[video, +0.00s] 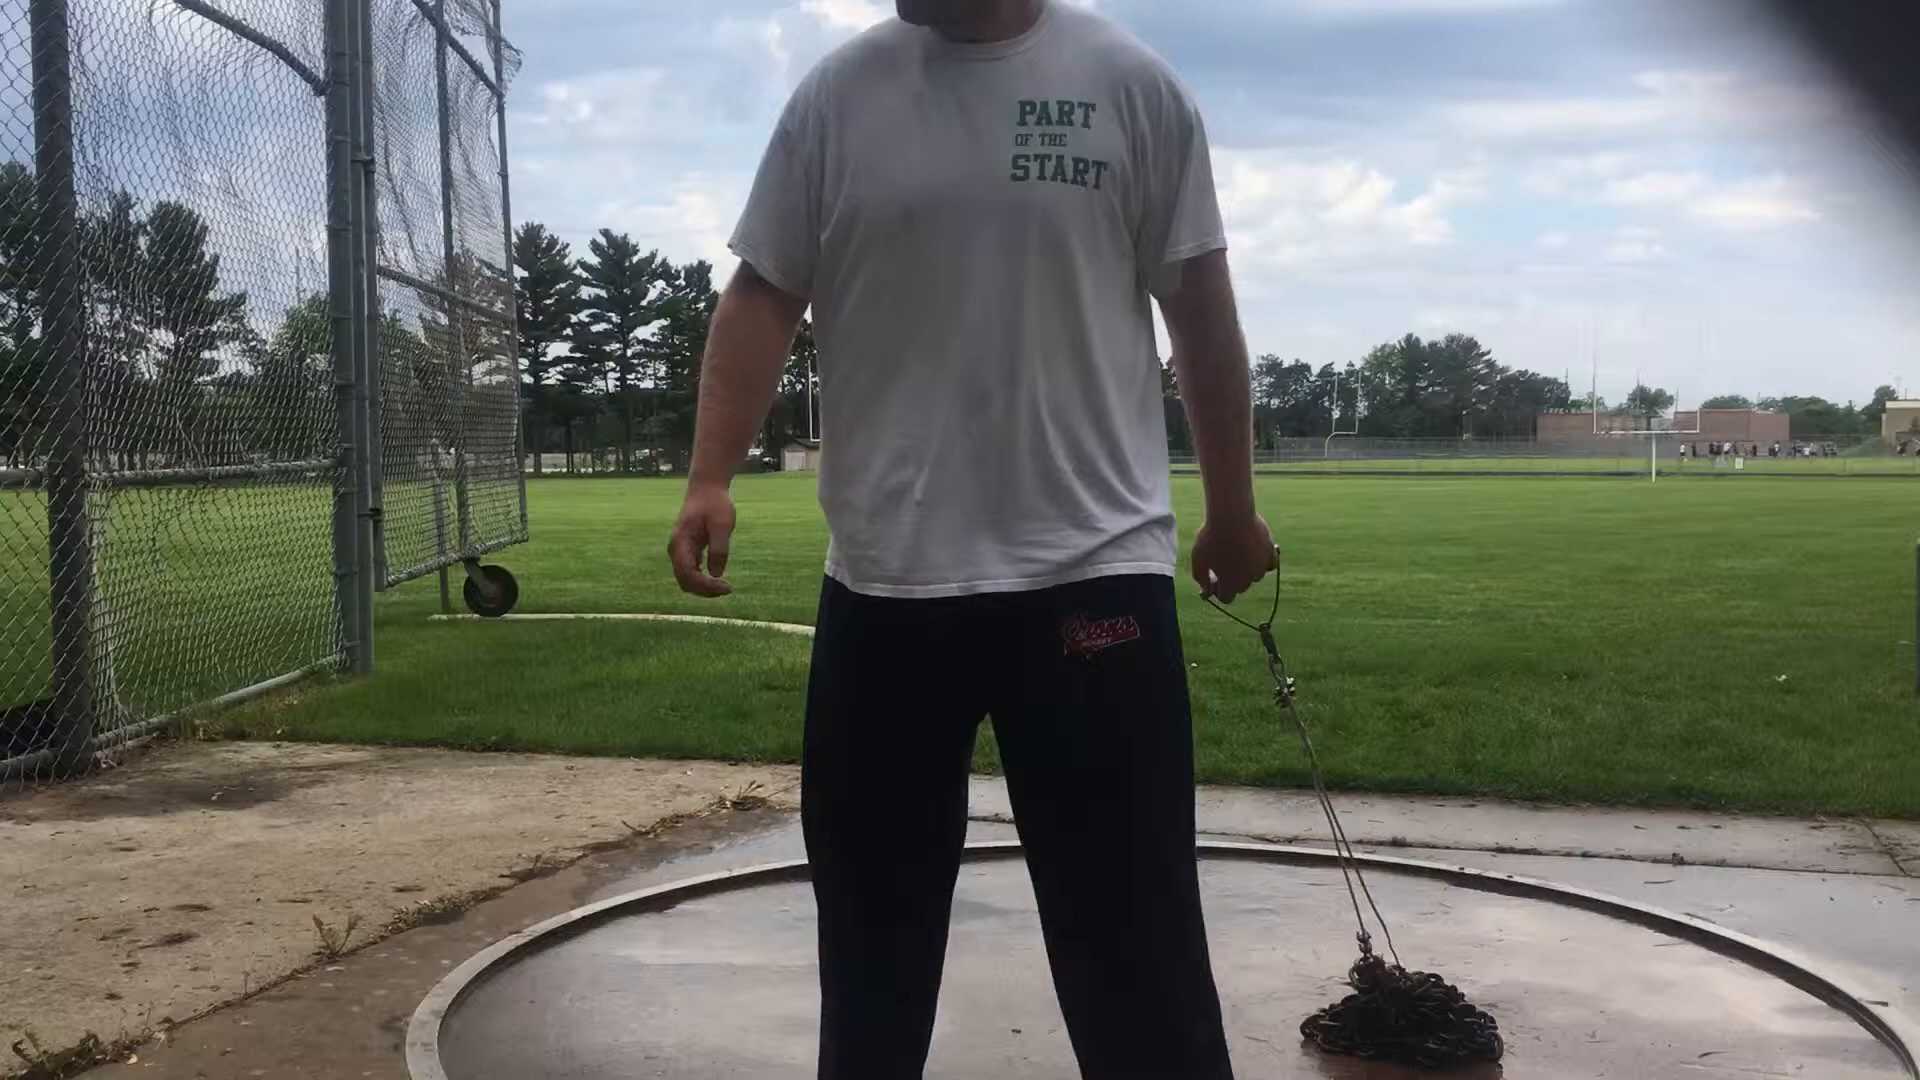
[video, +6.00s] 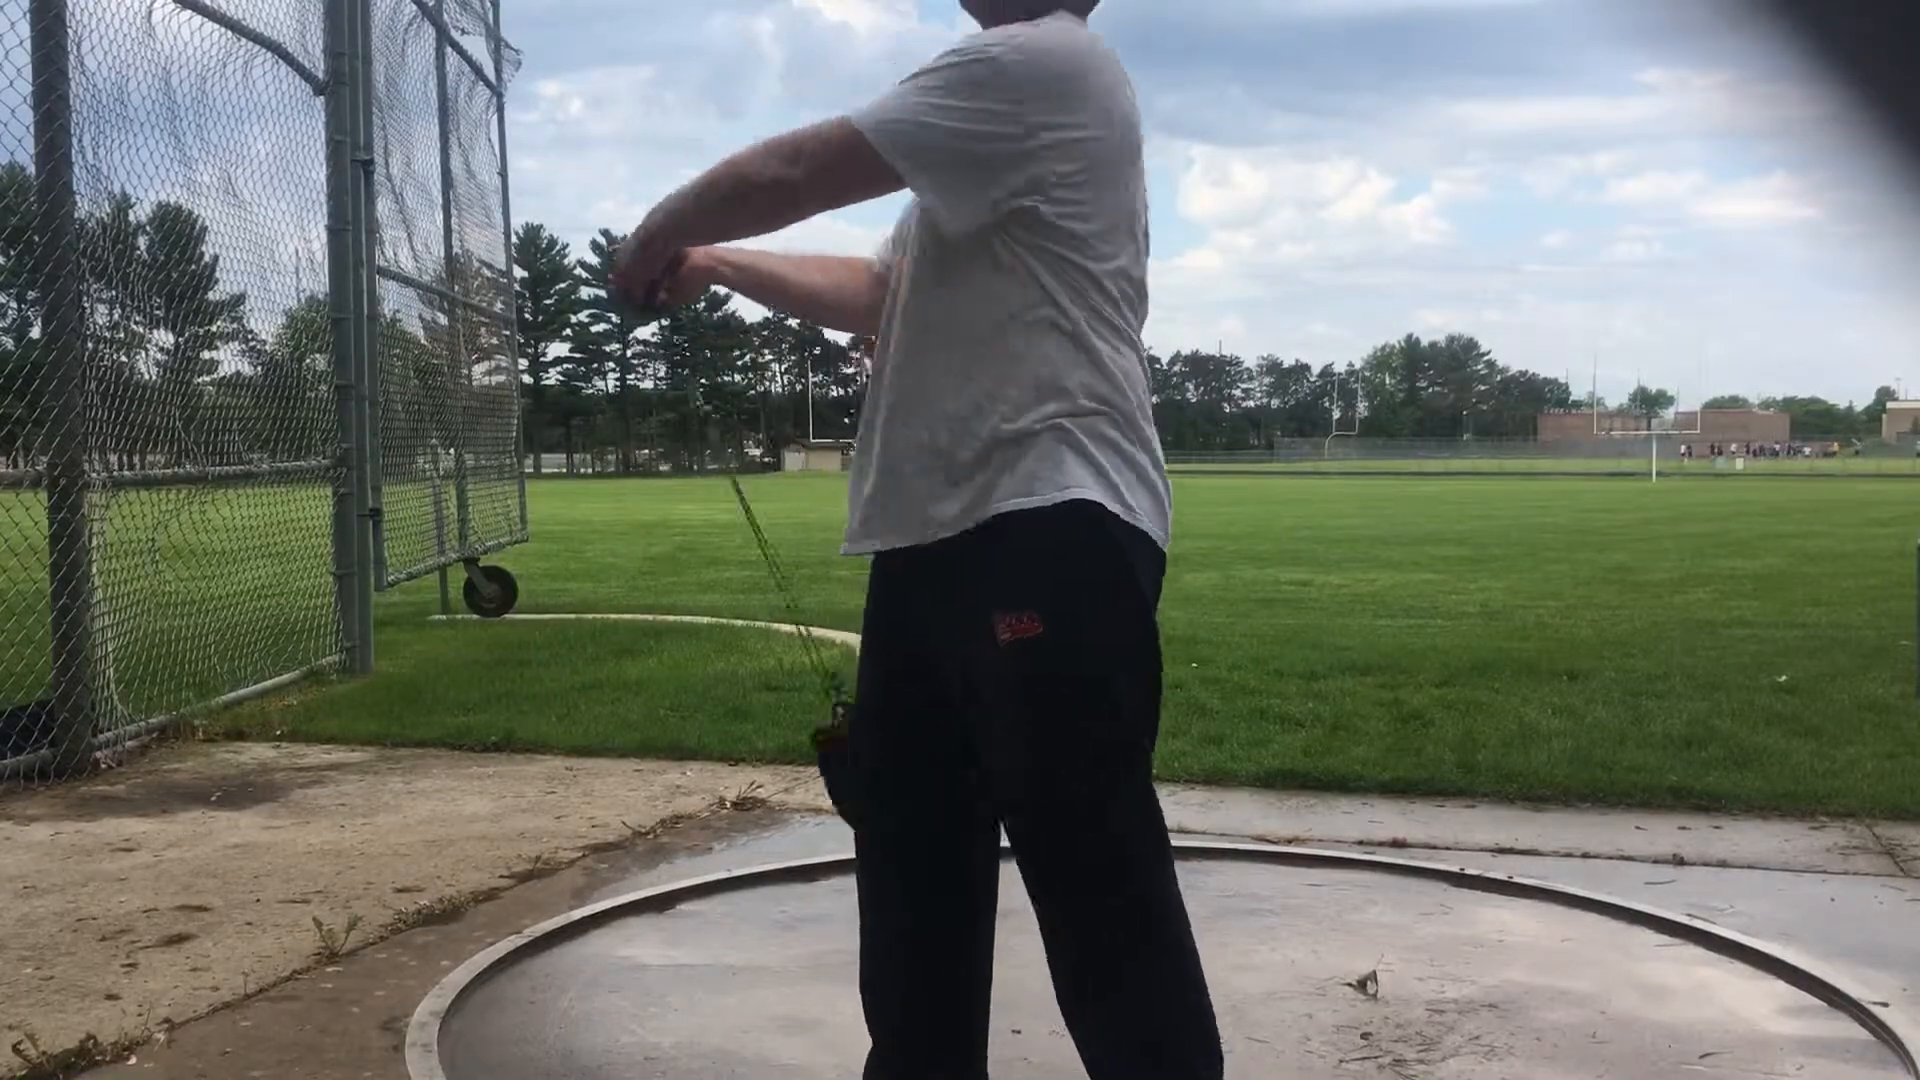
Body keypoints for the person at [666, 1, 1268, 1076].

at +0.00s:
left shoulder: (1131, 86)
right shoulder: (834, 96)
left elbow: (1200, 304)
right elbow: (764, 291)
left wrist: (1231, 506)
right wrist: (708, 475)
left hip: (1092, 576)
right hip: (885, 585)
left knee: (1135, 947)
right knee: (869, 943)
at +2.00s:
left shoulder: (1095, 96)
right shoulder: (878, 62)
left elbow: (1130, 312)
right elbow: (846, 293)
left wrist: (1196, 485)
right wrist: (947, 516)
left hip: (1111, 563)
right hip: (918, 570)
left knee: (1145, 914)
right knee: (897, 915)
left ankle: (1175, 1071)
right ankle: (876, 1073)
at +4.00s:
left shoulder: (1071, 34)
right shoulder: (829, 123)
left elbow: (1222, 98)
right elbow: (816, 329)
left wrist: (1045, 103)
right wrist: (923, 218)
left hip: (1098, 511)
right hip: (911, 540)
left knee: (1140, 894)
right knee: (884, 911)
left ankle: (1172, 1069)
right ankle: (871, 1078)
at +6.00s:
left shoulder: (1047, 58)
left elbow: (800, 166)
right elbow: (885, 295)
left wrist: (661, 230)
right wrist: (714, 260)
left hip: (1050, 515)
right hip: (928, 537)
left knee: (1094, 860)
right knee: (914, 868)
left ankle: (1161, 1061)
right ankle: (921, 1062)